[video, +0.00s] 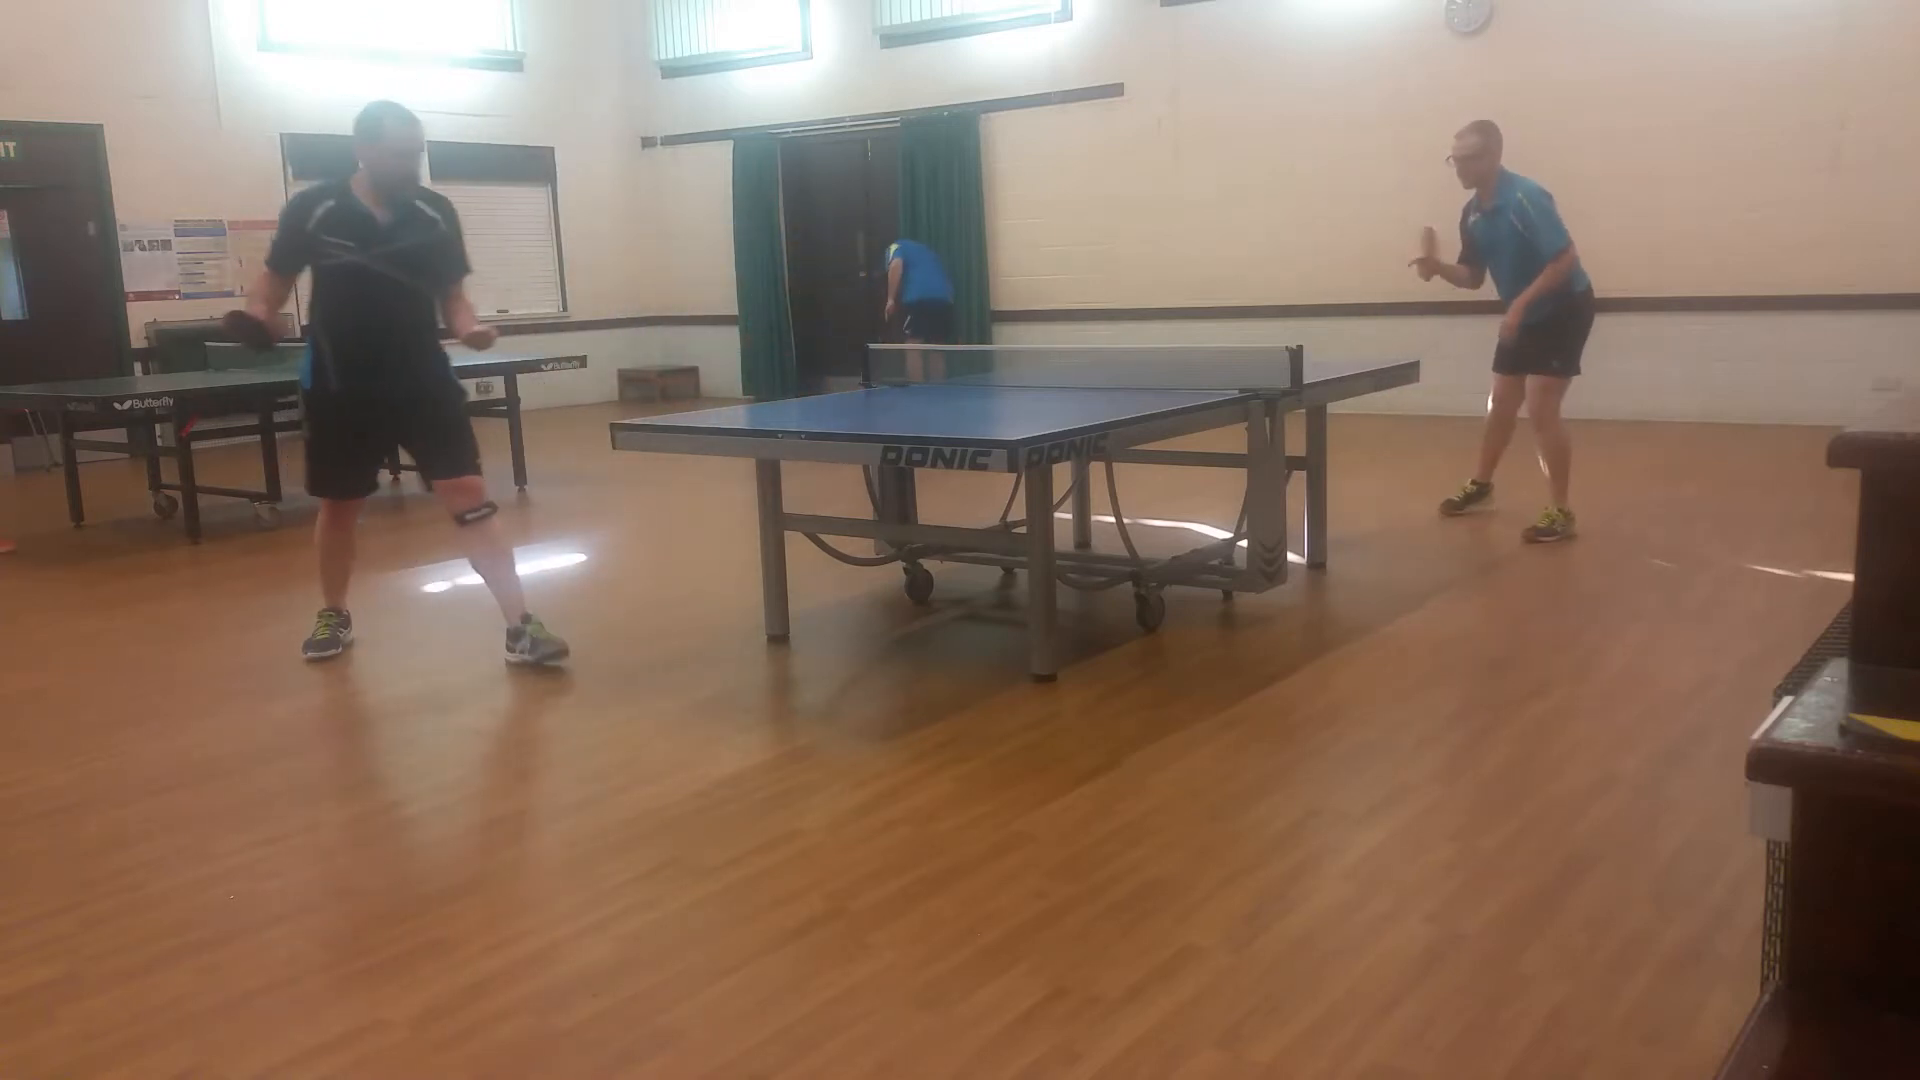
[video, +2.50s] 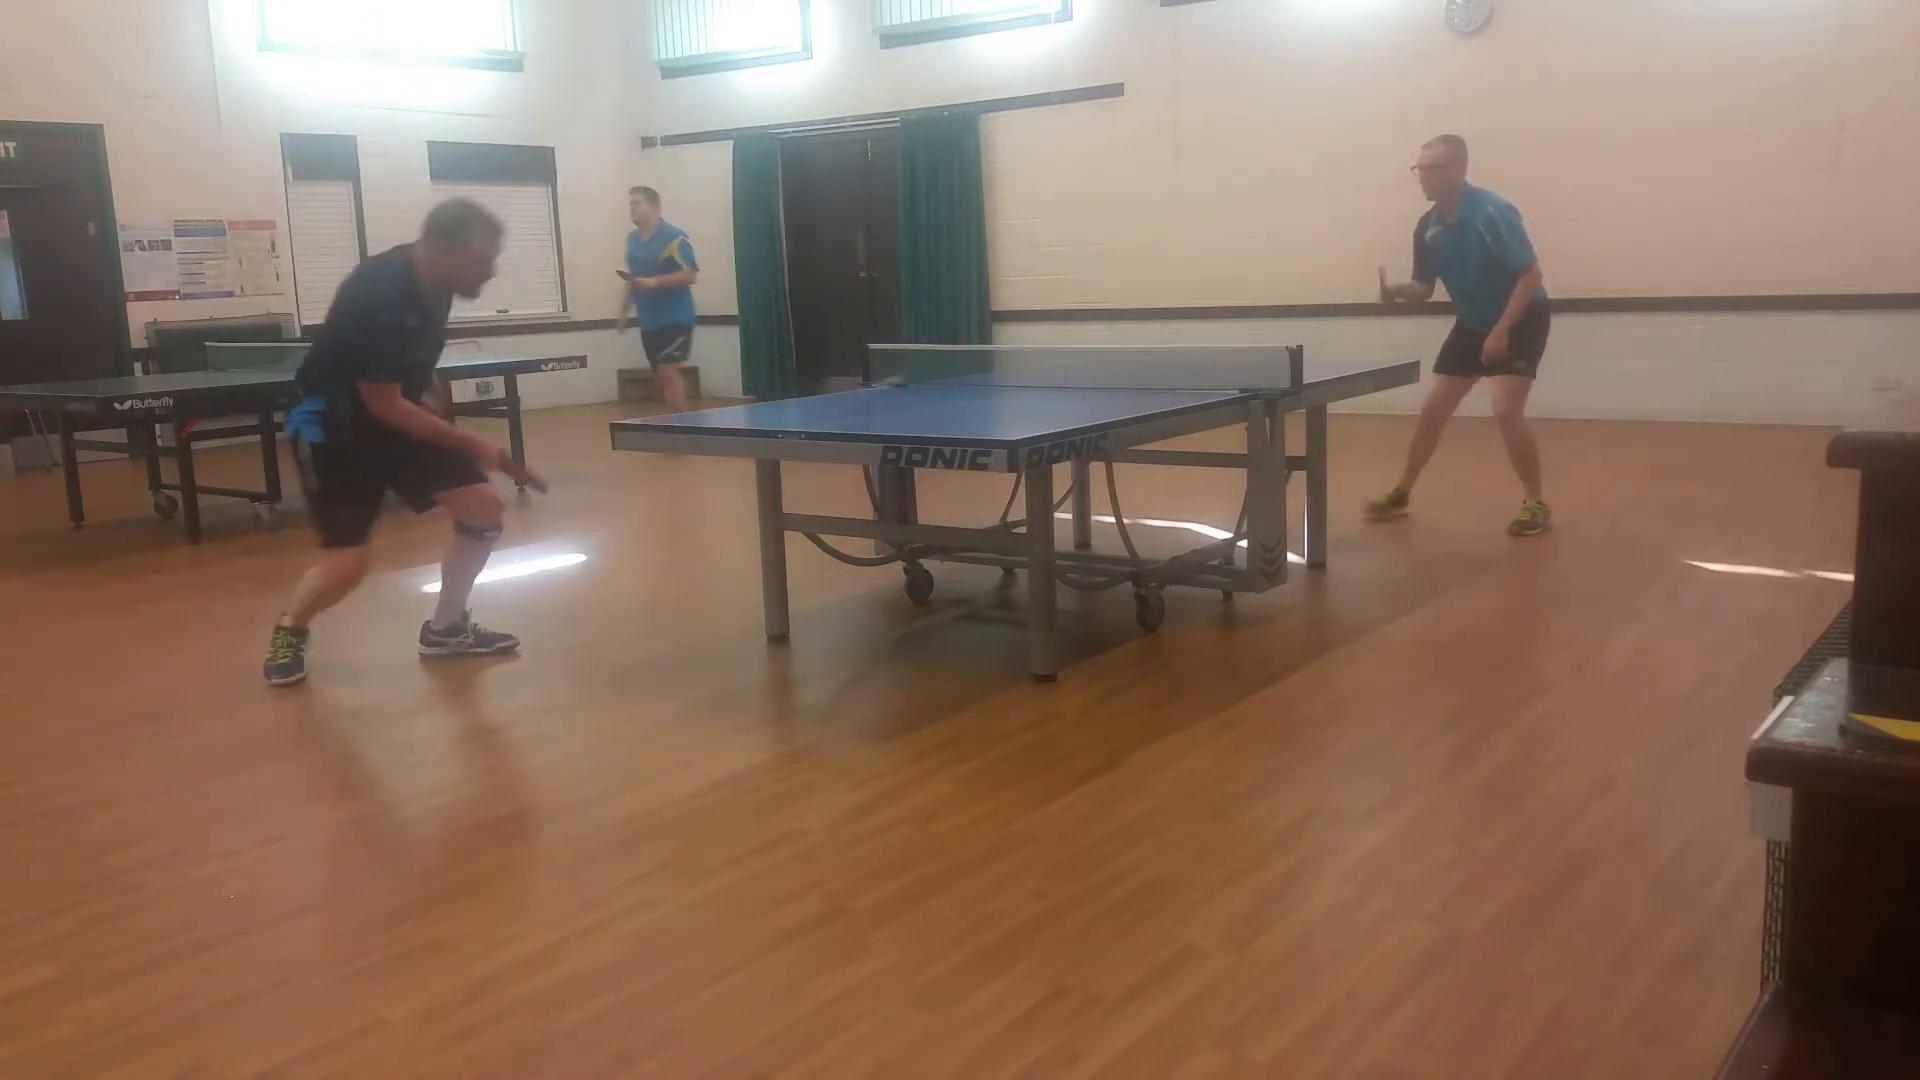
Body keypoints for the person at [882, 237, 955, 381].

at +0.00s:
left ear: (895, 245)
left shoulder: (898, 246)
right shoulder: (928, 251)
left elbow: (896, 265)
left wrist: (891, 298)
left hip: (919, 299)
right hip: (943, 300)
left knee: (914, 347)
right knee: (937, 348)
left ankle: (917, 393)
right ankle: (938, 393)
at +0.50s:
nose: (863, 229)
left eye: (864, 224)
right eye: (861, 226)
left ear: (876, 219)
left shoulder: (898, 241)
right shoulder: (871, 243)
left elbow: (910, 277)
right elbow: (862, 272)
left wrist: (890, 308)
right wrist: (841, 268)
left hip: (908, 306)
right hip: (892, 306)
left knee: (894, 350)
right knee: (916, 350)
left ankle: (893, 395)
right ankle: (940, 388)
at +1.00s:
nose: (831, 232)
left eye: (835, 227)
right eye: (830, 227)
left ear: (849, 226)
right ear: (831, 226)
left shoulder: (871, 244)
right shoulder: (831, 242)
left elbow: (875, 277)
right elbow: (831, 272)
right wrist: (833, 300)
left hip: (872, 312)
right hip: (843, 311)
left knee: (875, 355)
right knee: (836, 354)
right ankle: (835, 402)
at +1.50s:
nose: (777, 218)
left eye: (781, 213)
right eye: (775, 214)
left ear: (795, 214)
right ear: (773, 217)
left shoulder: (818, 242)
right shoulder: (775, 241)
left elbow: (837, 279)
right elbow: (769, 275)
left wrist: (850, 310)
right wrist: (762, 304)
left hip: (817, 310)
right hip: (791, 312)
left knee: (808, 359)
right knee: (808, 360)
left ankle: (820, 407)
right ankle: (821, 406)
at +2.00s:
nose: (719, 212)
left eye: (723, 207)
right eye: (717, 208)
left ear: (738, 209)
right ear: (717, 213)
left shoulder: (758, 240)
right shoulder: (720, 240)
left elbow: (769, 277)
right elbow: (724, 279)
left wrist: (761, 313)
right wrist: (725, 311)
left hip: (760, 319)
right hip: (728, 319)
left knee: (771, 368)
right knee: (718, 365)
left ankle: (784, 417)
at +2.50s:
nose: (631, 208)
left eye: (636, 203)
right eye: (630, 204)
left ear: (653, 206)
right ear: (631, 208)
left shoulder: (675, 236)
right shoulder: (633, 239)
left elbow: (690, 274)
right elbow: (633, 279)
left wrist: (655, 281)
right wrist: (624, 313)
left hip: (676, 317)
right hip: (649, 320)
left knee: (668, 372)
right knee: (662, 375)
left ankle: (682, 424)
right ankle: (677, 424)